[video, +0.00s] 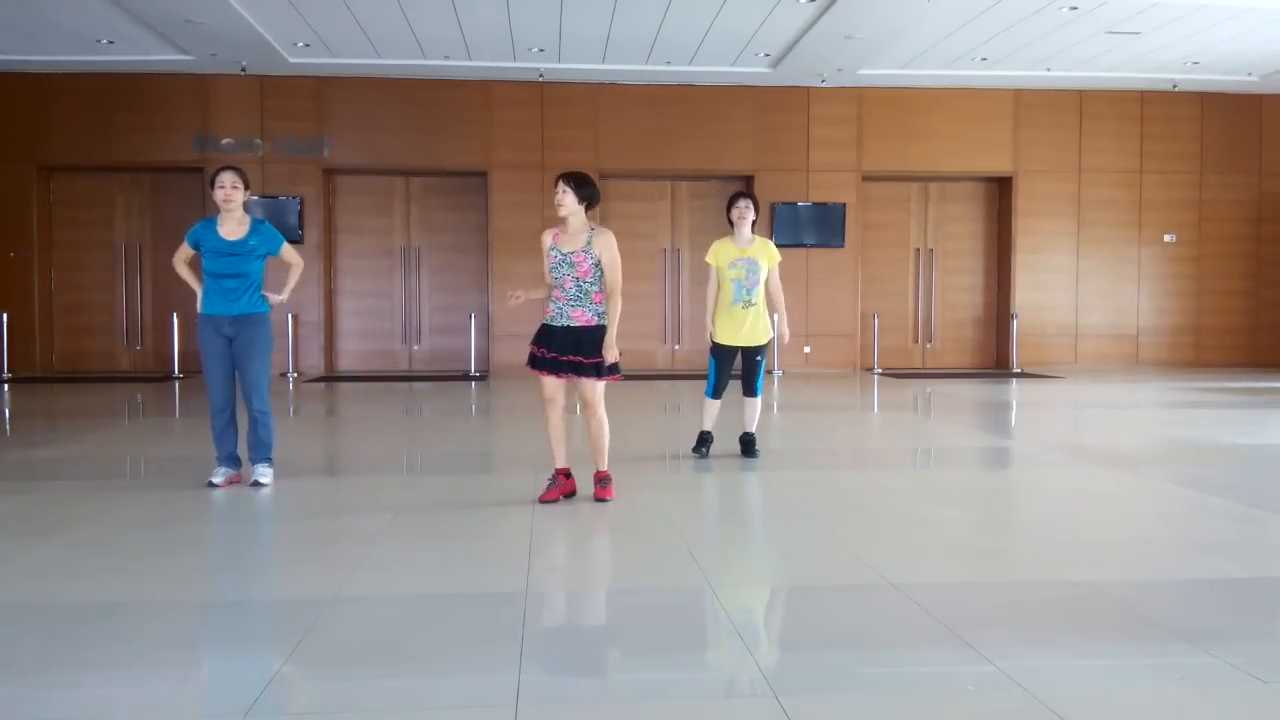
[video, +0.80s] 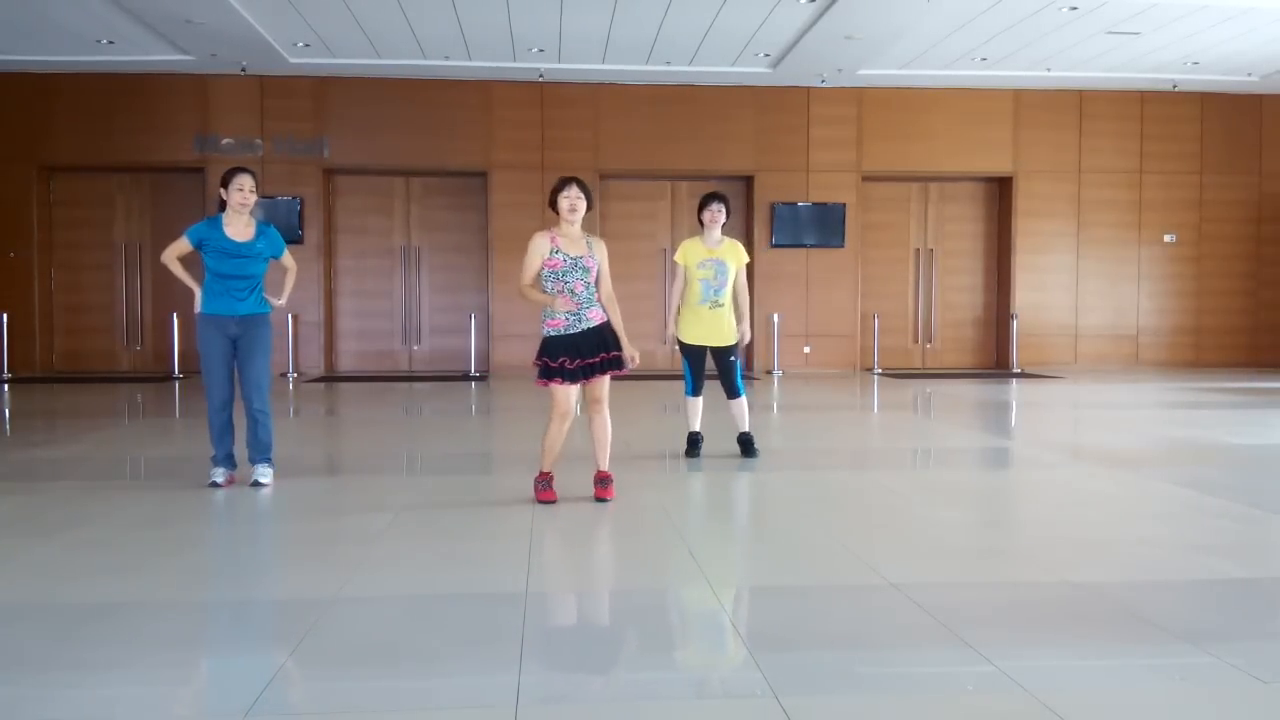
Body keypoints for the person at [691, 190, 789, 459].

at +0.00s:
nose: (742, 211)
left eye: (747, 207)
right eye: (737, 207)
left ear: (755, 214)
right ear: (729, 214)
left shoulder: (767, 248)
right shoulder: (719, 247)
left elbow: (775, 288)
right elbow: (712, 288)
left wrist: (782, 319)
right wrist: (708, 322)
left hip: (757, 327)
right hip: (725, 327)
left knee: (752, 387)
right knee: (715, 385)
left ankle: (749, 437)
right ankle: (705, 436)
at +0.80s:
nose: (715, 214)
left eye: (720, 211)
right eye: (710, 210)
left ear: (726, 217)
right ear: (701, 215)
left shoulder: (735, 249)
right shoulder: (687, 247)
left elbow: (742, 289)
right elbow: (678, 285)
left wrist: (745, 323)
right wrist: (671, 322)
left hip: (723, 327)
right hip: (690, 326)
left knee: (733, 385)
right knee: (693, 385)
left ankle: (745, 436)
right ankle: (694, 436)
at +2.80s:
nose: (727, 212)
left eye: (732, 209)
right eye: (722, 208)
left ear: (739, 215)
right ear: (713, 213)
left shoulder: (747, 248)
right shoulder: (699, 246)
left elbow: (758, 287)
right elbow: (687, 287)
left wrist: (757, 320)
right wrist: (684, 323)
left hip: (738, 328)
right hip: (703, 327)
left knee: (740, 387)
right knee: (701, 386)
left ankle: (747, 437)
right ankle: (696, 437)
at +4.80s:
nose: (724, 221)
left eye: (729, 216)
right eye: (720, 215)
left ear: (735, 221)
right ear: (710, 218)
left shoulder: (742, 252)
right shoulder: (695, 248)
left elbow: (757, 283)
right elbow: (683, 281)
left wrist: (750, 312)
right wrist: (674, 307)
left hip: (732, 327)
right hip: (699, 328)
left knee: (746, 384)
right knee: (697, 385)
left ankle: (758, 435)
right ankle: (691, 434)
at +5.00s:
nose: (737, 224)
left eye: (743, 219)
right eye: (732, 218)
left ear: (747, 224)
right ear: (722, 220)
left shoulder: (753, 254)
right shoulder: (707, 252)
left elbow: (769, 285)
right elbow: (694, 283)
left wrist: (762, 315)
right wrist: (685, 311)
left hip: (744, 330)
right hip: (711, 330)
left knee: (764, 383)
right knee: (703, 385)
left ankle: (786, 436)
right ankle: (693, 434)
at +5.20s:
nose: (760, 222)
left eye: (765, 218)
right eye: (754, 218)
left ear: (771, 223)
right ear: (745, 223)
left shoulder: (781, 256)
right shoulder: (734, 254)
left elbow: (795, 287)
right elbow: (719, 291)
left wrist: (789, 317)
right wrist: (712, 323)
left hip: (772, 331)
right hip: (737, 331)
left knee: (791, 382)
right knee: (721, 384)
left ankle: (805, 438)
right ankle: (697, 433)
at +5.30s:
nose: (770, 220)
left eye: (775, 215)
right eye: (765, 215)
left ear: (781, 220)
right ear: (756, 221)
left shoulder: (793, 253)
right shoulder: (745, 253)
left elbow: (811, 281)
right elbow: (735, 291)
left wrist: (805, 315)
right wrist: (729, 326)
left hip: (787, 329)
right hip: (753, 330)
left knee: (800, 385)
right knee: (735, 386)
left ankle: (806, 438)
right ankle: (714, 433)